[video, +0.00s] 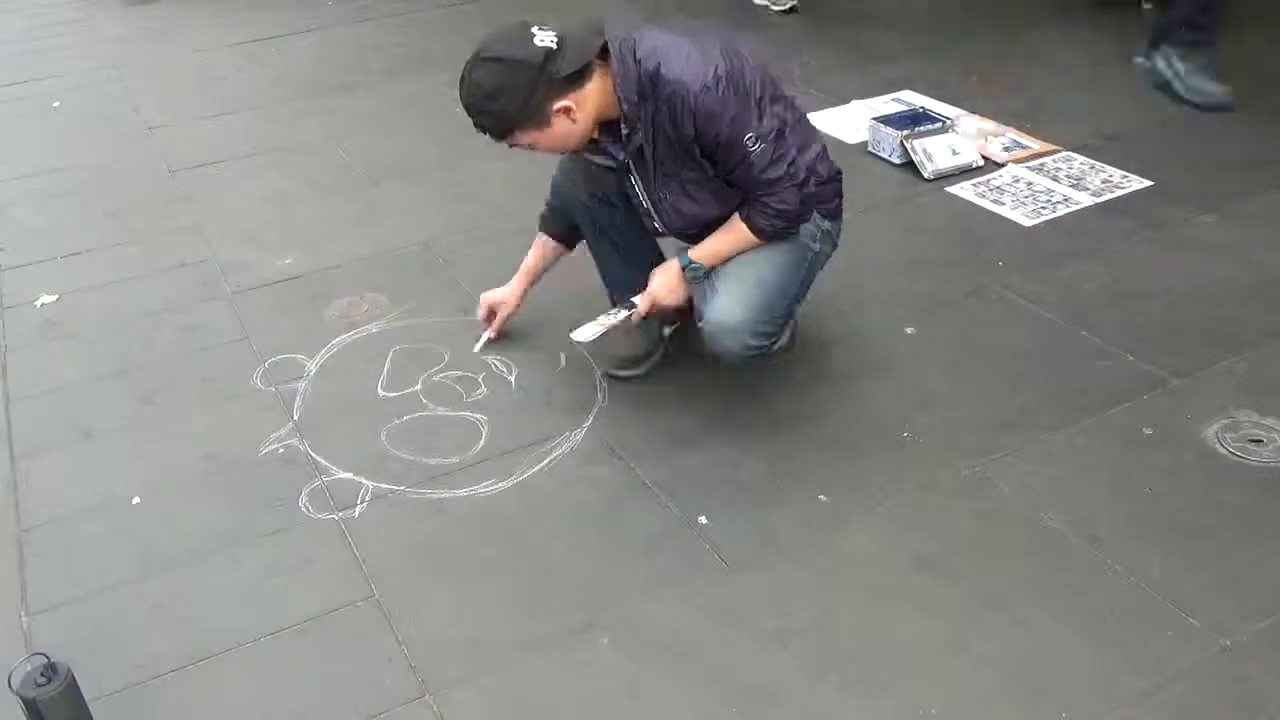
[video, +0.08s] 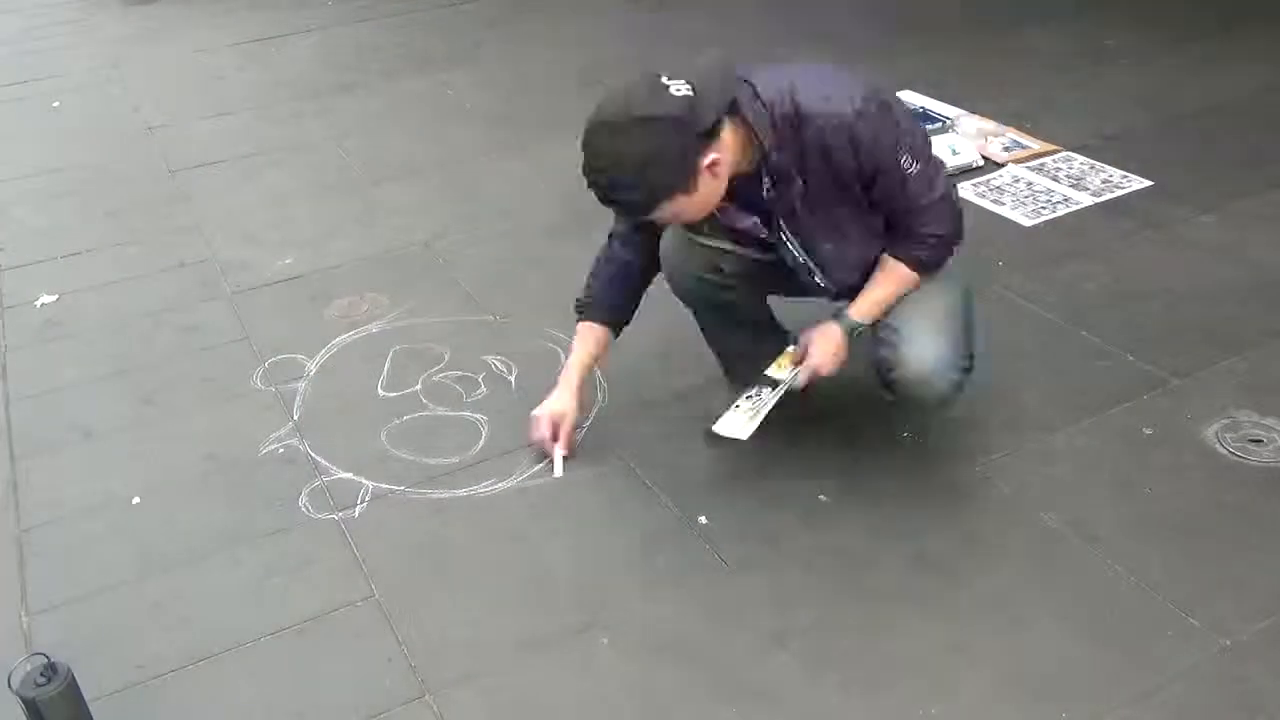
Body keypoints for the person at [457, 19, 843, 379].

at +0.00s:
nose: (534, 152)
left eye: (528, 143)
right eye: (523, 147)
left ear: (563, 111)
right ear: (563, 103)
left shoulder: (700, 88)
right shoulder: (597, 98)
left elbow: (786, 200)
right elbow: (570, 203)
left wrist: (688, 267)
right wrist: (518, 285)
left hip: (791, 215)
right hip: (700, 209)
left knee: (729, 332)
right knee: (581, 175)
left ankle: (773, 320)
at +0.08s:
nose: (666, 222)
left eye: (667, 209)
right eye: (655, 215)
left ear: (710, 167)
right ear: (708, 162)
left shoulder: (851, 121)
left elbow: (934, 228)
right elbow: (629, 250)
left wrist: (849, 324)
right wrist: (571, 379)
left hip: (894, 256)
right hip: (802, 257)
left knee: (927, 373)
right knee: (690, 258)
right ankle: (770, 374)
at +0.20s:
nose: (520, 85)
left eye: (513, 73)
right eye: (510, 76)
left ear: (540, 53)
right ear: (544, 49)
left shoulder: (657, 32)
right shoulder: (595, 54)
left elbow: (729, 158)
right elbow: (578, 145)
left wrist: (648, 231)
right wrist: (521, 223)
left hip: (803, 154)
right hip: (740, 142)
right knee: (592, 168)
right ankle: (740, 229)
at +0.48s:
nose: (654, 107)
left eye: (649, 98)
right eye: (644, 102)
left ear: (678, 63)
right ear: (678, 59)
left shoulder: (798, 32)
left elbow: (881, 129)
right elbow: (681, 160)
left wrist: (785, 191)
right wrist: (655, 244)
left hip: (874, 143)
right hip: (787, 150)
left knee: (856, 230)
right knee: (679, 129)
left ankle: (847, 253)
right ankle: (768, 240)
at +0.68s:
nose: (676, 98)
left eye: (675, 87)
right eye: (668, 92)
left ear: (708, 48)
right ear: (708, 45)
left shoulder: (822, 31)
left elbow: (895, 130)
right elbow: (670, 158)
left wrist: (801, 185)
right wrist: (626, 253)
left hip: (880, 146)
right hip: (795, 150)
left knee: (872, 229)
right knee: (690, 124)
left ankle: (843, 237)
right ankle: (769, 238)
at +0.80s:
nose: (679, 101)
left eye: (675, 92)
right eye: (669, 94)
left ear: (709, 61)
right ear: (709, 56)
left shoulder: (830, 36)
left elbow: (907, 136)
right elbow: (694, 155)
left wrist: (807, 191)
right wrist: (659, 244)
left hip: (881, 152)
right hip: (799, 154)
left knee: (878, 240)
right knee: (698, 127)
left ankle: (843, 235)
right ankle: (772, 241)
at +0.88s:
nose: (680, 104)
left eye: (676, 95)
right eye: (672, 97)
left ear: (706, 64)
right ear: (705, 61)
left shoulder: (826, 38)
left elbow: (906, 136)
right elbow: (680, 149)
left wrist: (807, 192)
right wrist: (628, 238)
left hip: (879, 152)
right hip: (797, 153)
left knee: (876, 239)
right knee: (693, 123)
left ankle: (844, 237)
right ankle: (769, 244)